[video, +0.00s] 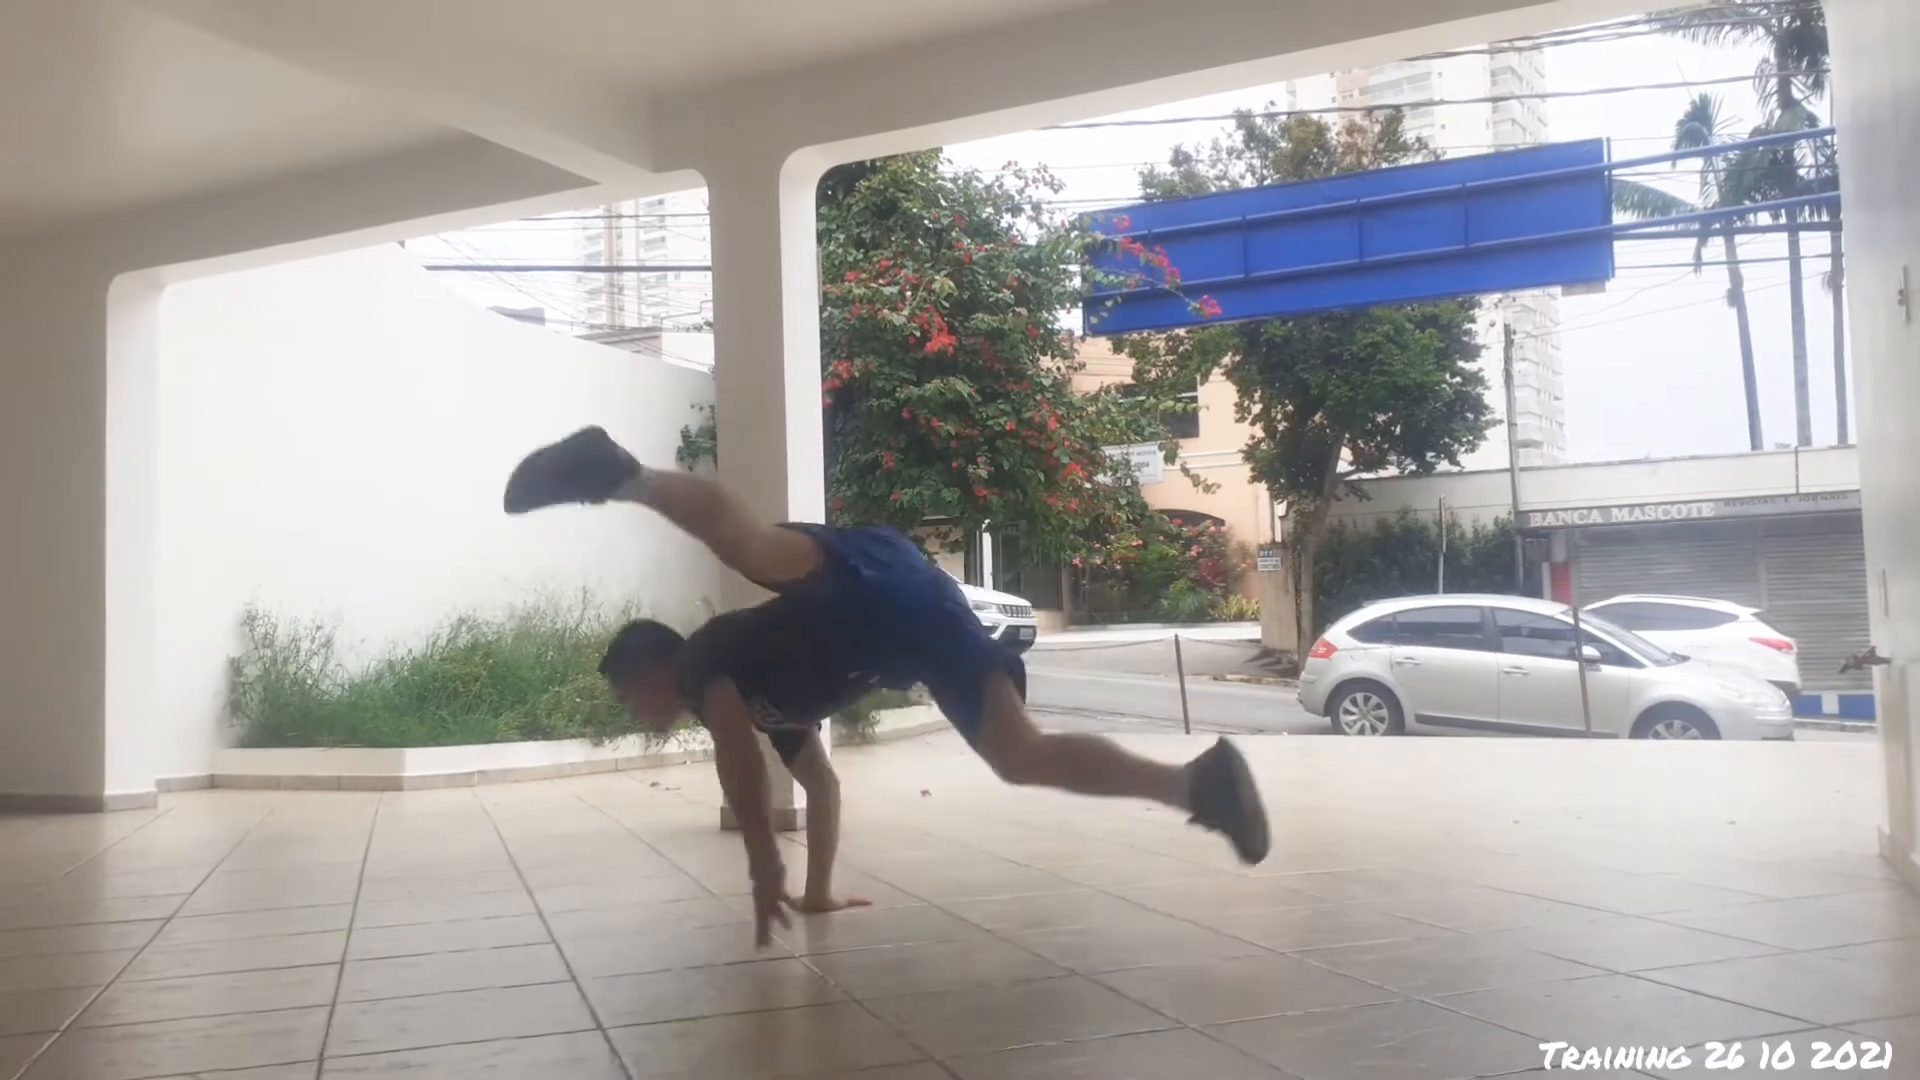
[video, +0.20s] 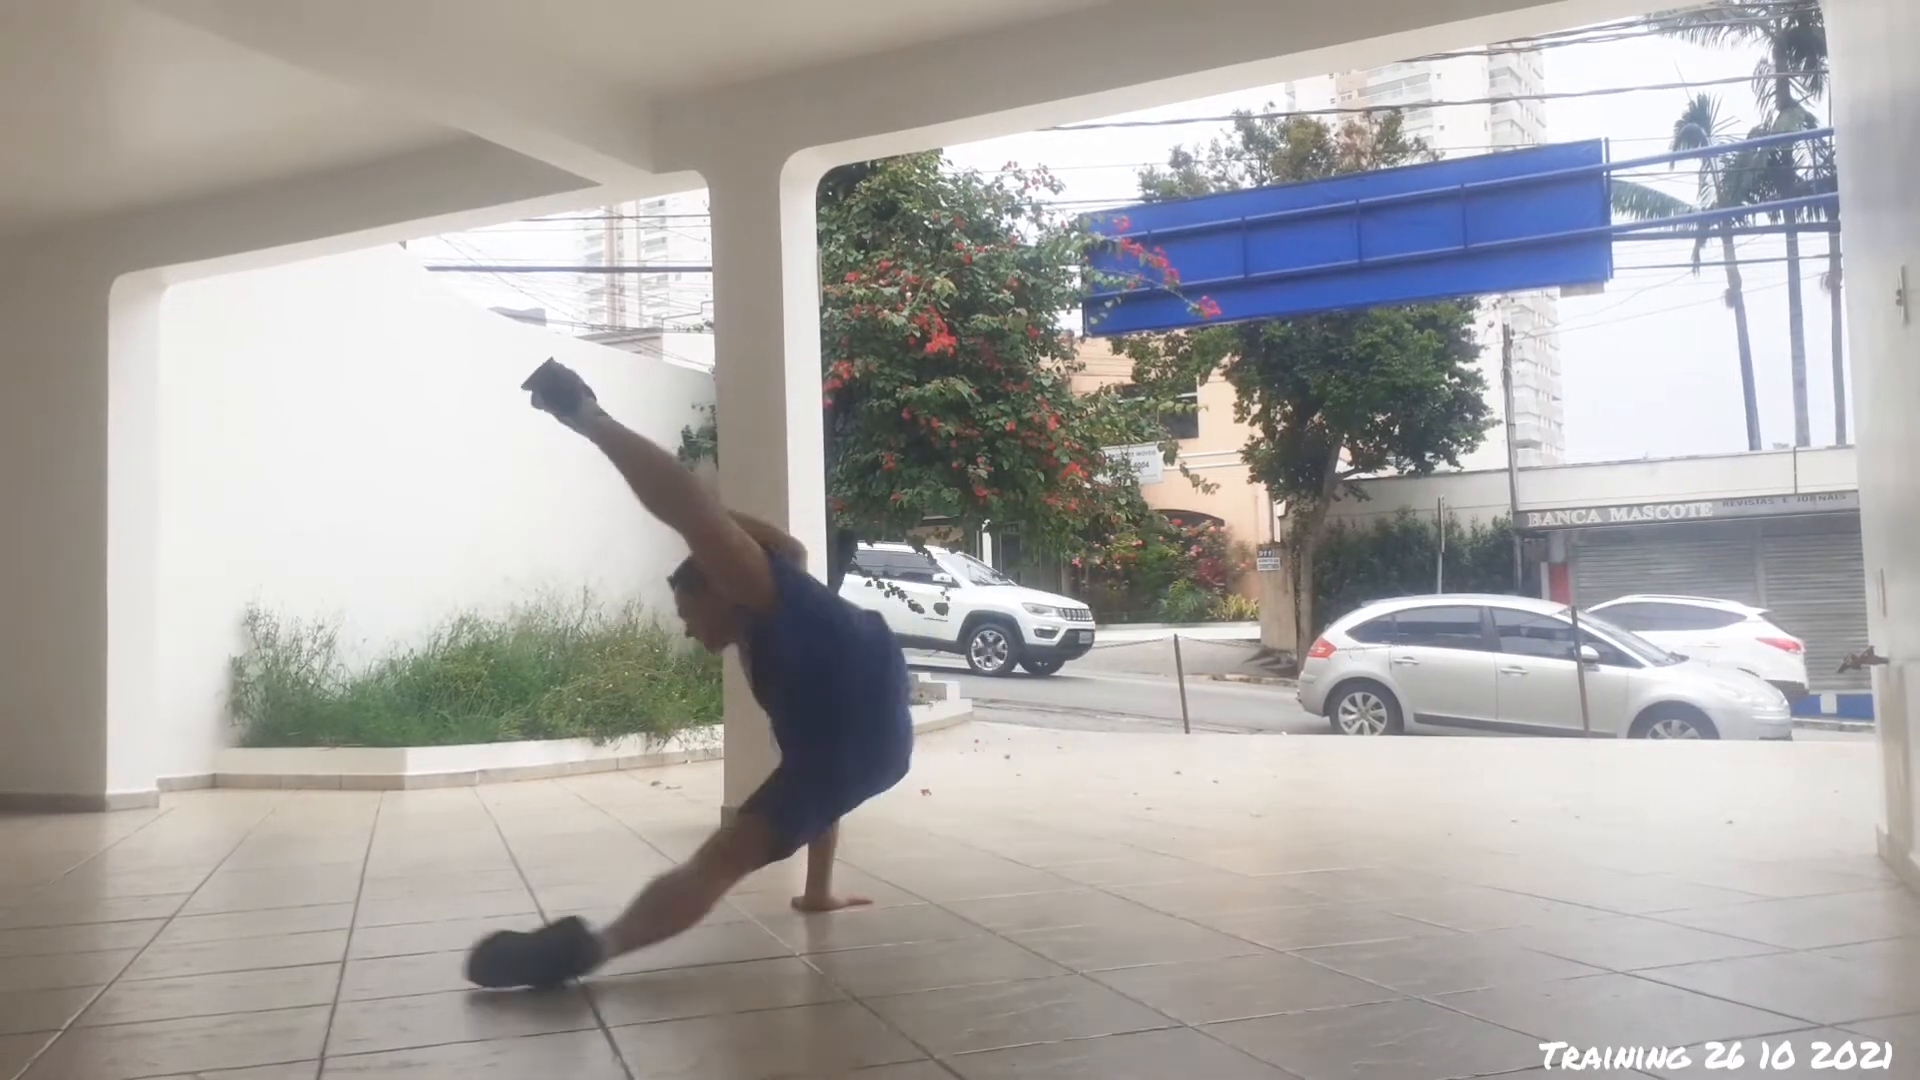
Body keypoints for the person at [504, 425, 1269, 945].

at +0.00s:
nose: (639, 714)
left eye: (633, 699)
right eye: (634, 706)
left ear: (654, 671)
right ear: (668, 679)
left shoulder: (704, 666)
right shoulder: (769, 700)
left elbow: (742, 768)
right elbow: (822, 788)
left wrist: (766, 880)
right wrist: (819, 889)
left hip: (872, 565)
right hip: (931, 616)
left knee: (753, 542)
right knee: (1019, 756)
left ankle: (624, 474)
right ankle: (1193, 784)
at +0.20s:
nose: (686, 631)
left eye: (688, 613)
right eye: (683, 618)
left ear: (718, 589)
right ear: (716, 601)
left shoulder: (780, 593)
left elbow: (791, 546)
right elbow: (822, 788)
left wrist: (713, 517)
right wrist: (817, 892)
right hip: (863, 756)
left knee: (704, 524)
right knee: (720, 861)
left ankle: (588, 416)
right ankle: (592, 948)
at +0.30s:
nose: (743, 580)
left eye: (753, 565)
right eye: (745, 569)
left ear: (784, 557)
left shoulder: (831, 585)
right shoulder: (847, 677)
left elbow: (825, 613)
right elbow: (833, 797)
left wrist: (739, 562)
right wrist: (818, 893)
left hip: (787, 710)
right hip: (775, 813)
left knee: (704, 545)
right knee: (620, 838)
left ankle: (621, 392)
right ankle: (464, 890)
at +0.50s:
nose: (733, 604)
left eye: (741, 589)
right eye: (736, 589)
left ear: (771, 597)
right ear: (806, 600)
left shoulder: (740, 682)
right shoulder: (836, 688)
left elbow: (697, 814)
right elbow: (827, 794)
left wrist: (657, 926)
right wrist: (820, 891)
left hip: (639, 810)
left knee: (566, 714)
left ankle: (463, 608)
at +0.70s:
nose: (627, 600)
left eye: (629, 587)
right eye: (625, 586)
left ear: (655, 596)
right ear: (710, 581)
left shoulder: (642, 684)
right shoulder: (777, 637)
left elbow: (652, 817)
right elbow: (830, 706)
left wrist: (655, 930)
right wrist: (841, 675)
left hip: (670, 827)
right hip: (746, 799)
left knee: (523, 848)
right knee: (715, 565)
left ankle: (592, 879)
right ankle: (696, 438)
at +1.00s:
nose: (457, 705)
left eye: (448, 691)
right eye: (445, 696)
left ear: (469, 665)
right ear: (489, 630)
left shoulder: (544, 699)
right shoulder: (573, 617)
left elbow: (629, 813)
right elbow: (673, 653)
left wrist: (652, 929)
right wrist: (709, 754)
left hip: (758, 683)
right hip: (772, 604)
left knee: (793, 871)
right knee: (839, 540)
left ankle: (966, 909)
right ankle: (866, 490)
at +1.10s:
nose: (468, 734)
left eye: (460, 718)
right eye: (457, 724)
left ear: (489, 691)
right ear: (501, 675)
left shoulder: (553, 703)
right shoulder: (588, 673)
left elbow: (627, 806)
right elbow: (661, 784)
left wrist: (649, 924)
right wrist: (677, 889)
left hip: (729, 620)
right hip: (755, 570)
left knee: (760, 785)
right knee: (880, 571)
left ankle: (887, 865)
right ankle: (978, 553)